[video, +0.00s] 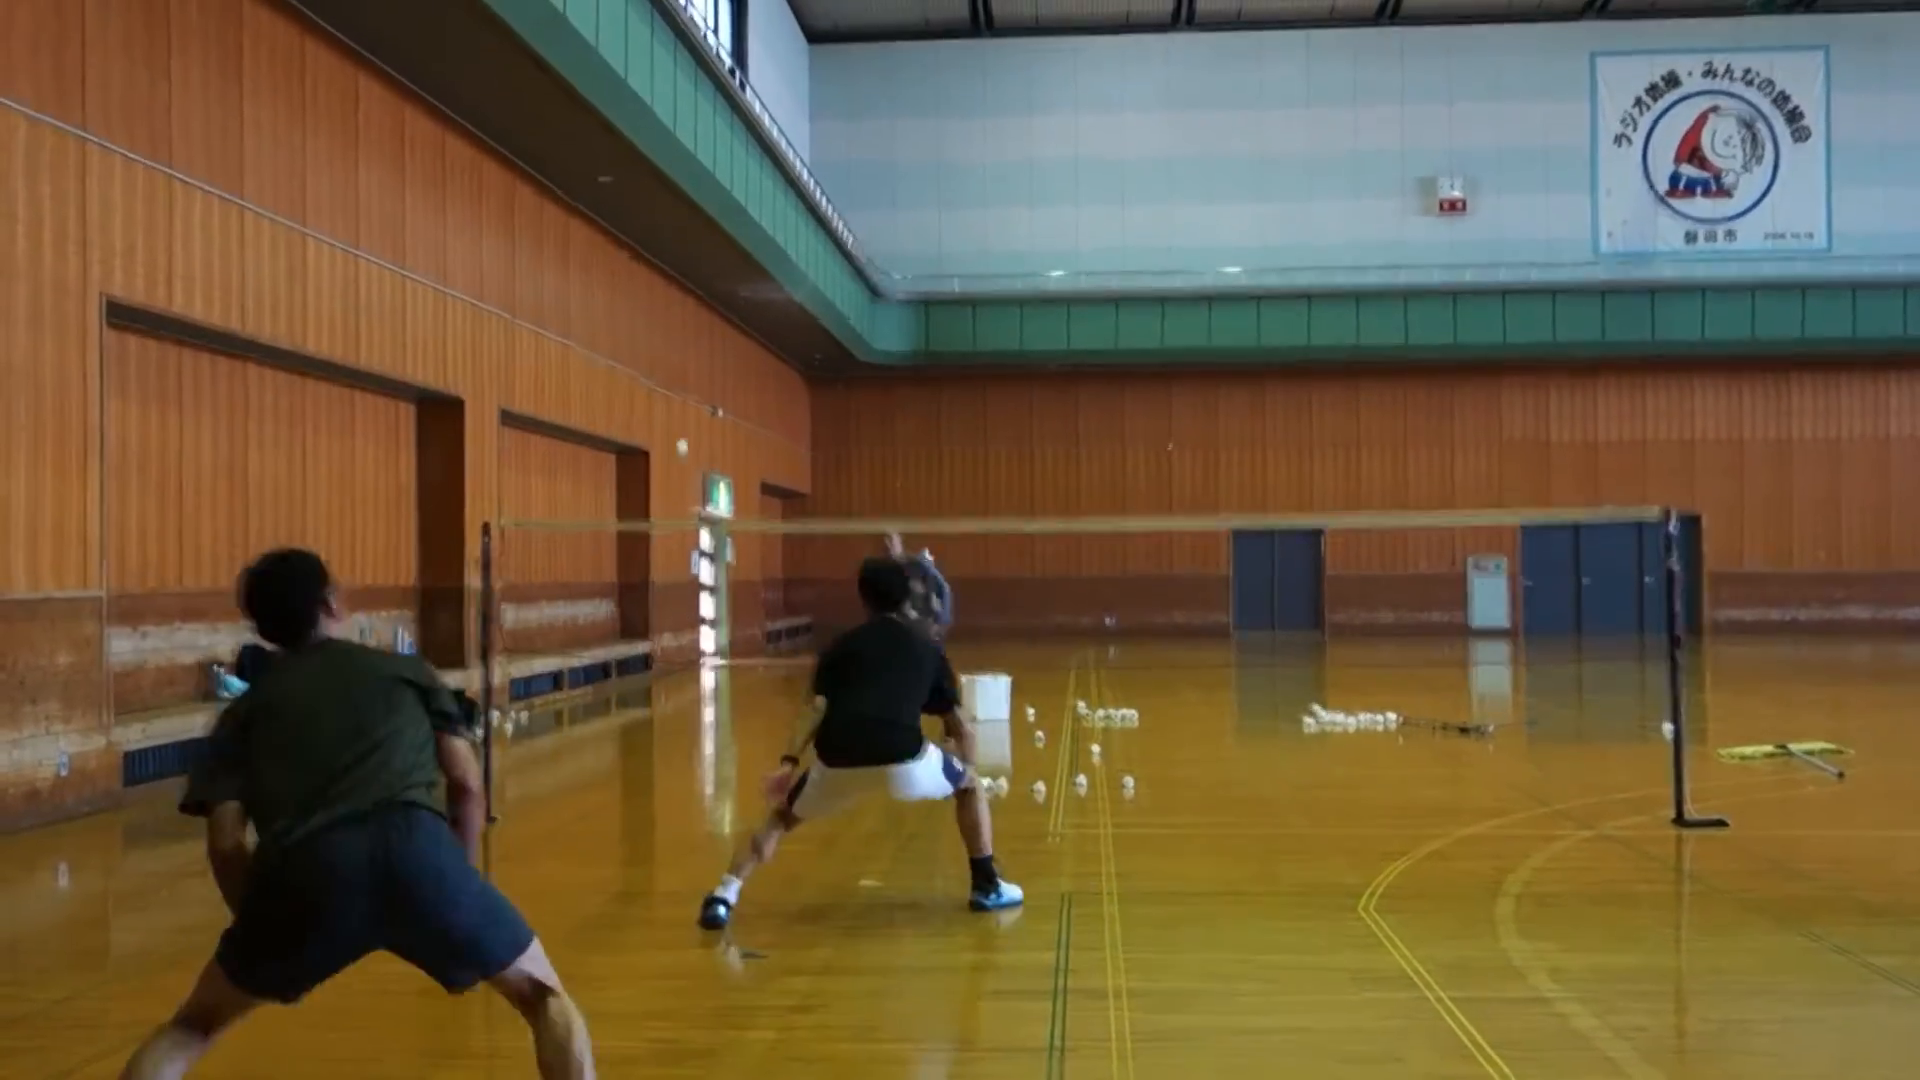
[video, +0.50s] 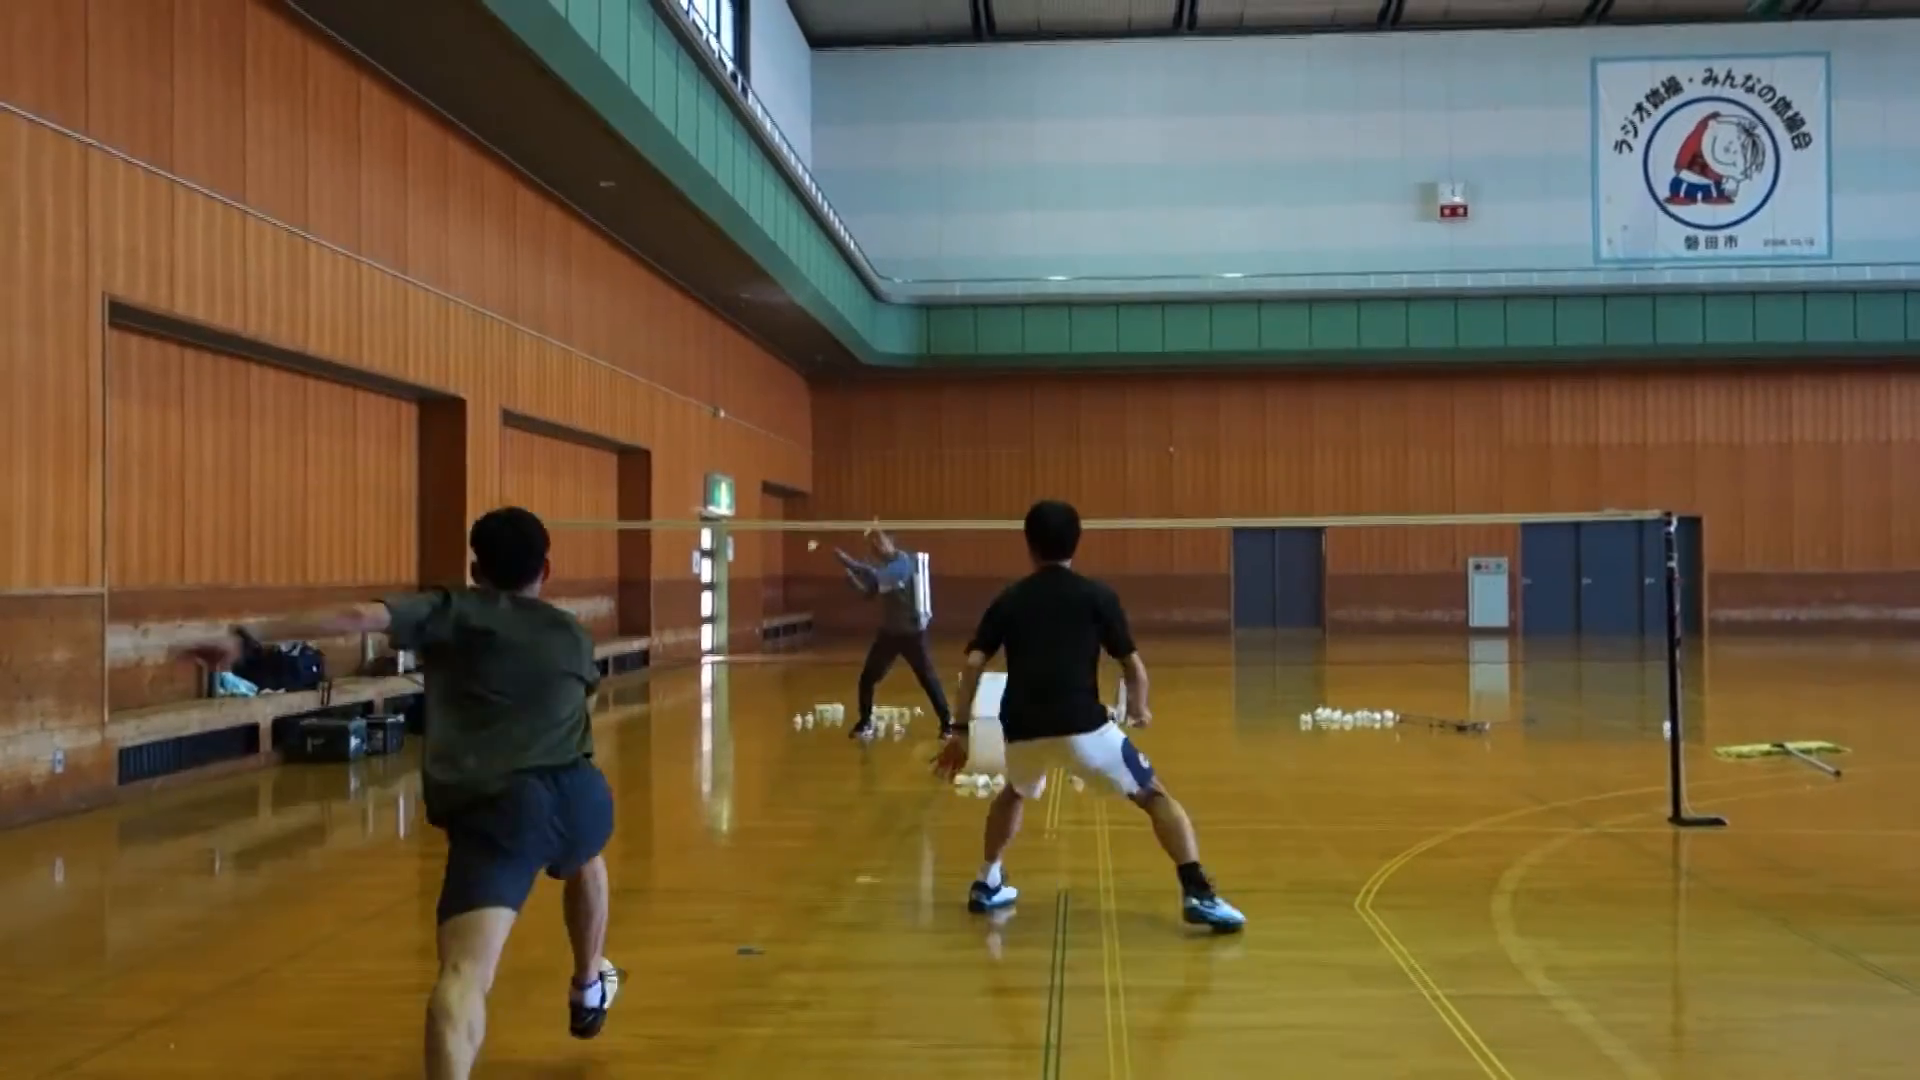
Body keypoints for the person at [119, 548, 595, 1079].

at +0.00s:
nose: (345, 604)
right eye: (338, 595)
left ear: (264, 630)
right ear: (330, 607)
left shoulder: (246, 711)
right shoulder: (403, 670)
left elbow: (225, 846)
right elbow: (466, 782)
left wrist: (262, 933)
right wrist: (464, 887)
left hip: (308, 880)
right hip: (419, 860)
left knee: (193, 1026)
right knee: (545, 999)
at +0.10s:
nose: (379, 552)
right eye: (375, 546)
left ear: (301, 578)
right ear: (373, 556)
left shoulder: (289, 659)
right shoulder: (445, 629)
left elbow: (250, 794)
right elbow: (514, 734)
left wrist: (268, 865)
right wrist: (520, 831)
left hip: (365, 848)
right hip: (476, 833)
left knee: (239, 996)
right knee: (561, 992)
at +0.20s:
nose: (404, 523)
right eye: (402, 516)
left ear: (325, 542)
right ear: (401, 525)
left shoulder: (315, 636)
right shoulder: (472, 602)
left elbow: (245, 754)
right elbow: (534, 719)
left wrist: (241, 798)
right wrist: (528, 805)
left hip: (411, 832)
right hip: (509, 816)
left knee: (291, 994)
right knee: (531, 990)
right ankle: (578, 1071)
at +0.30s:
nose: (446, 546)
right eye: (444, 539)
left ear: (366, 557)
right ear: (441, 548)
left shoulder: (348, 633)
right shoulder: (492, 623)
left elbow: (264, 672)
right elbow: (529, 700)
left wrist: (216, 666)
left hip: (440, 844)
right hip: (530, 828)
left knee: (402, 1048)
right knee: (552, 945)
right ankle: (562, 1070)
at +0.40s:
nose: (505, 566)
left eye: (417, 565)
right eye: (501, 556)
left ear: (420, 573)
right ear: (495, 567)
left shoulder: (393, 632)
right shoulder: (534, 640)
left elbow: (260, 624)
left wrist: (176, 602)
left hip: (465, 850)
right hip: (558, 833)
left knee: (428, 1047)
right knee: (584, 891)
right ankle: (583, 1031)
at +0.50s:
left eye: (476, 558)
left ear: (476, 568)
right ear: (544, 571)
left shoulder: (453, 612)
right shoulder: (569, 631)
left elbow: (357, 620)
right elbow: (587, 686)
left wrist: (251, 641)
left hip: (495, 807)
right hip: (575, 797)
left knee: (464, 973)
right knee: (586, 862)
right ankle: (590, 989)